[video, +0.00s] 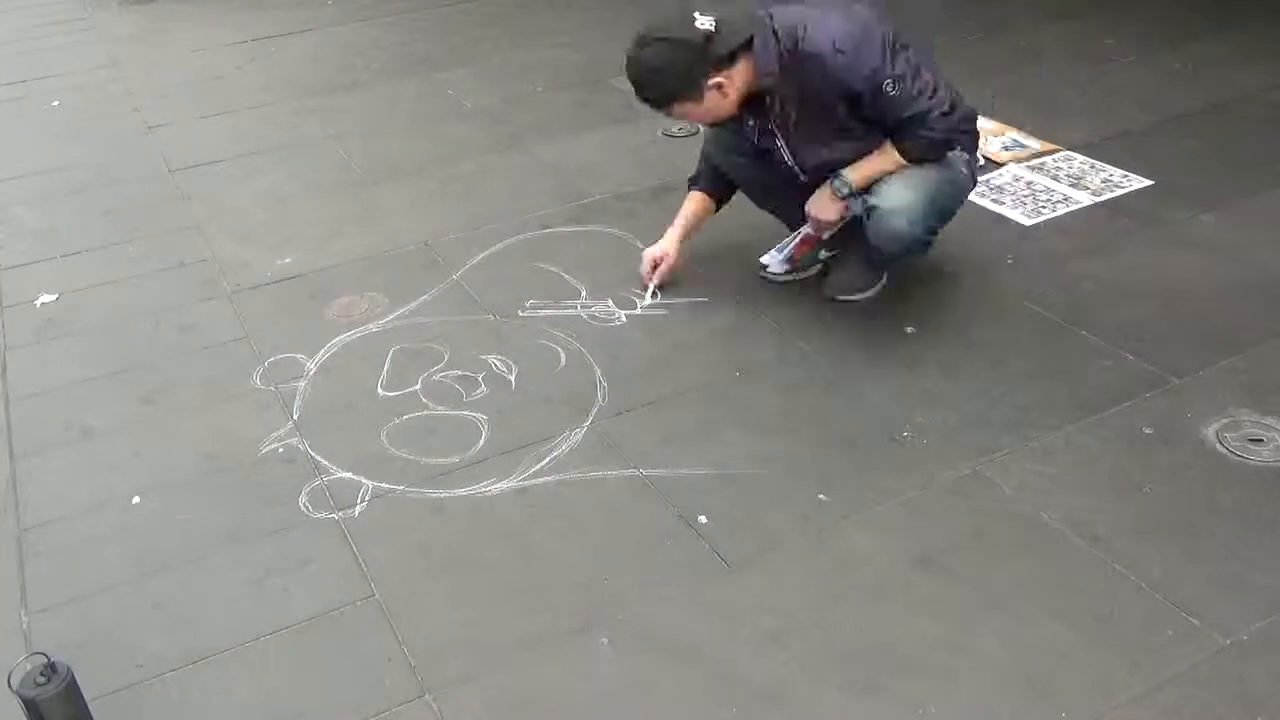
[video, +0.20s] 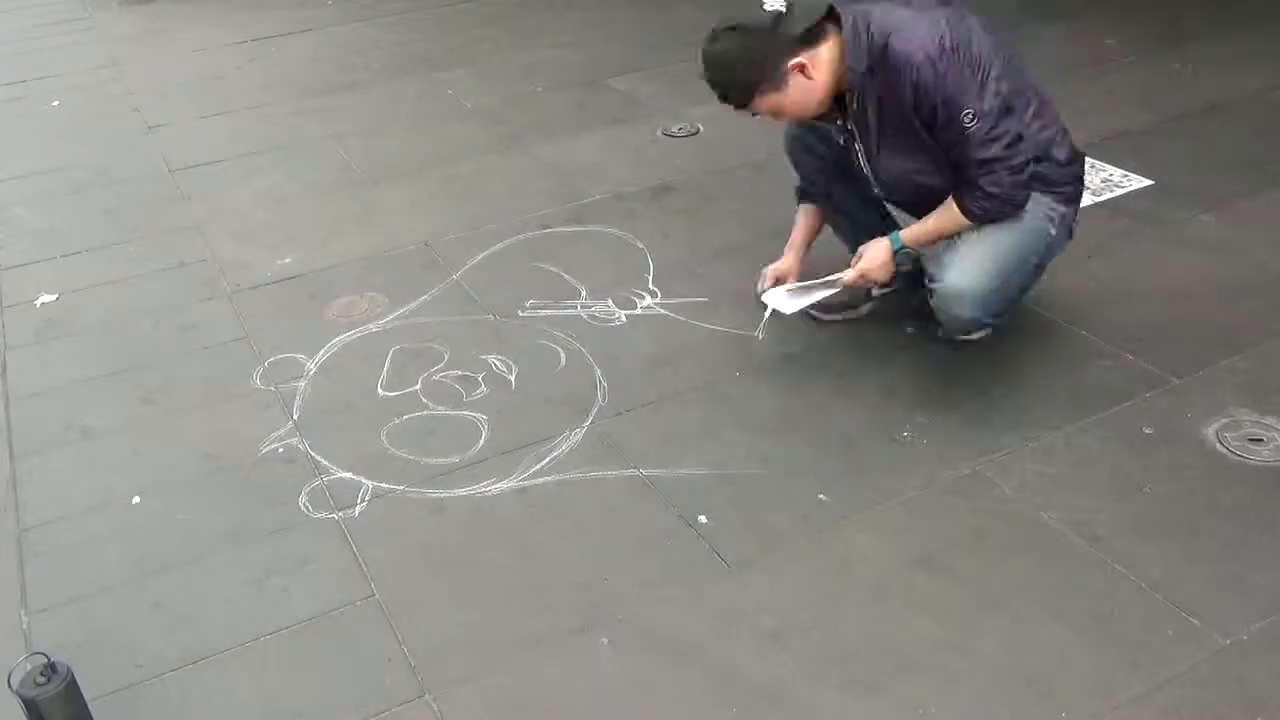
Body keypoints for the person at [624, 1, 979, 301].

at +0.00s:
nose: (691, 124)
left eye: (686, 114)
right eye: (682, 117)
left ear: (719, 86)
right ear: (717, 80)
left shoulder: (841, 48)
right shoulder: (736, 65)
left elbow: (944, 129)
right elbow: (718, 162)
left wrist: (842, 186)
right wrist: (675, 236)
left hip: (925, 151)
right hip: (838, 153)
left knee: (895, 219)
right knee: (730, 146)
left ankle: (872, 256)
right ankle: (822, 232)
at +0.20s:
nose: (780, 122)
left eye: (771, 111)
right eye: (767, 115)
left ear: (800, 72)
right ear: (799, 68)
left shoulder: (928, 57)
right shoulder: (828, 60)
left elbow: (1000, 189)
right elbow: (821, 173)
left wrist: (898, 244)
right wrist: (794, 254)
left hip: (1027, 188)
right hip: (932, 180)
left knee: (960, 298)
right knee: (808, 141)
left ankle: (965, 317)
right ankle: (892, 274)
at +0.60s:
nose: (749, 135)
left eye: (745, 124)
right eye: (738, 126)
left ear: (782, 98)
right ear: (781, 94)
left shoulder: (928, 69)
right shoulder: (809, 100)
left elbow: (1010, 196)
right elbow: (777, 193)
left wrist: (904, 260)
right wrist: (731, 284)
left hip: (1027, 185)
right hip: (925, 191)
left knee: (1000, 293)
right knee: (790, 167)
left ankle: (1001, 320)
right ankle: (895, 293)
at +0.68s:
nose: (757, 136)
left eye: (754, 127)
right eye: (747, 129)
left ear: (793, 105)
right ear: (793, 100)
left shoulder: (937, 73)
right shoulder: (822, 95)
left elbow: (1019, 199)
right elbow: (767, 184)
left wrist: (912, 260)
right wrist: (688, 265)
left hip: (1034, 188)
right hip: (935, 191)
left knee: (1010, 299)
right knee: (799, 160)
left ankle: (1005, 320)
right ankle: (893, 294)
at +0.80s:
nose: (828, 149)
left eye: (830, 137)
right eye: (819, 141)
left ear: (879, 102)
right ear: (880, 99)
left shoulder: (1002, 78)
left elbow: (1079, 196)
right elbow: (820, 209)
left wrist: (971, 264)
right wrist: (804, 317)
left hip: (1034, 214)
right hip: (949, 210)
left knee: (1083, 297)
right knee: (838, 180)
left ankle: (1001, 297)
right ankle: (900, 298)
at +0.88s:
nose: (758, 172)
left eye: (759, 163)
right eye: (750, 165)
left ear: (803, 135)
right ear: (801, 132)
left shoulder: (941, 89)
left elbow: (1038, 185)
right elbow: (765, 207)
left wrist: (947, 269)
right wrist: (743, 311)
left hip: (1002, 203)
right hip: (914, 209)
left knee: (1063, 287)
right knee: (795, 203)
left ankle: (989, 288)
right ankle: (889, 303)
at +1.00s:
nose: (927, 133)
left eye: (927, 124)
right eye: (919, 126)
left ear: (978, 94)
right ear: (976, 90)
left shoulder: (1114, 86)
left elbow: (1181, 224)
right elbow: (927, 166)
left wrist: (1059, 288)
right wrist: (893, 269)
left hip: (1142, 217)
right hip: (1062, 194)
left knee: (1143, 350)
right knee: (944, 156)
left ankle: (1088, 298)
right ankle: (967, 311)